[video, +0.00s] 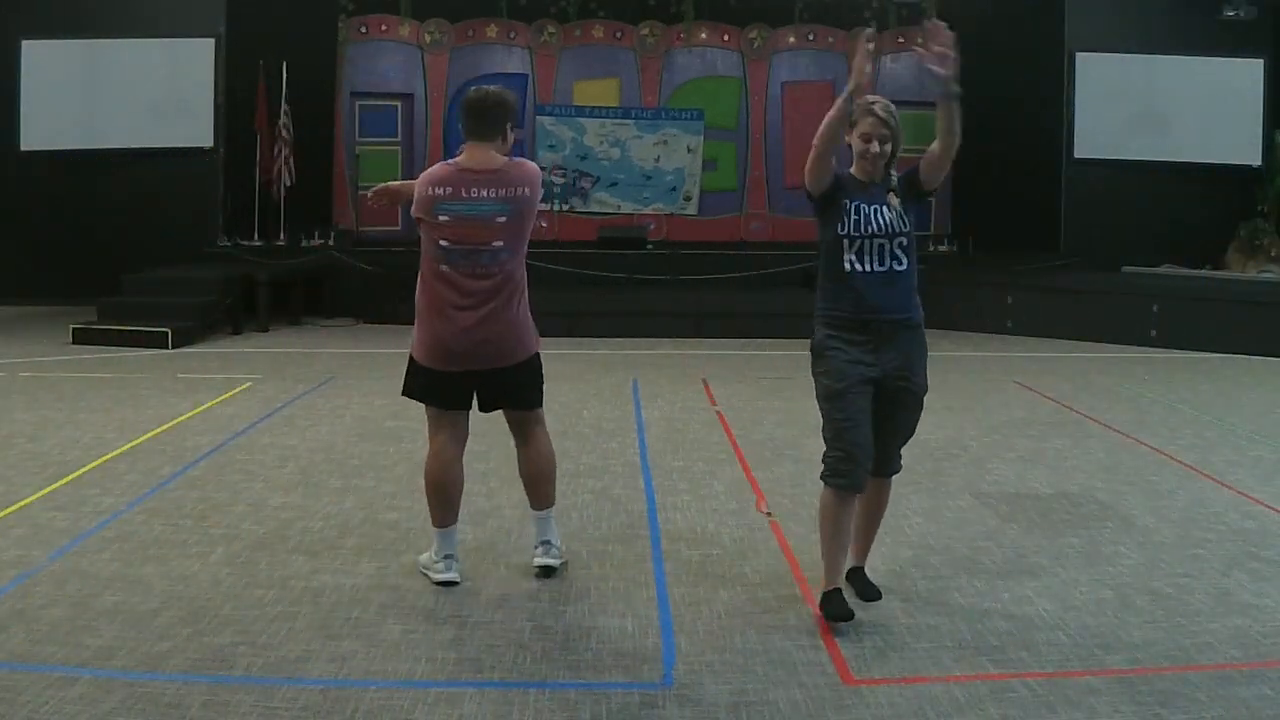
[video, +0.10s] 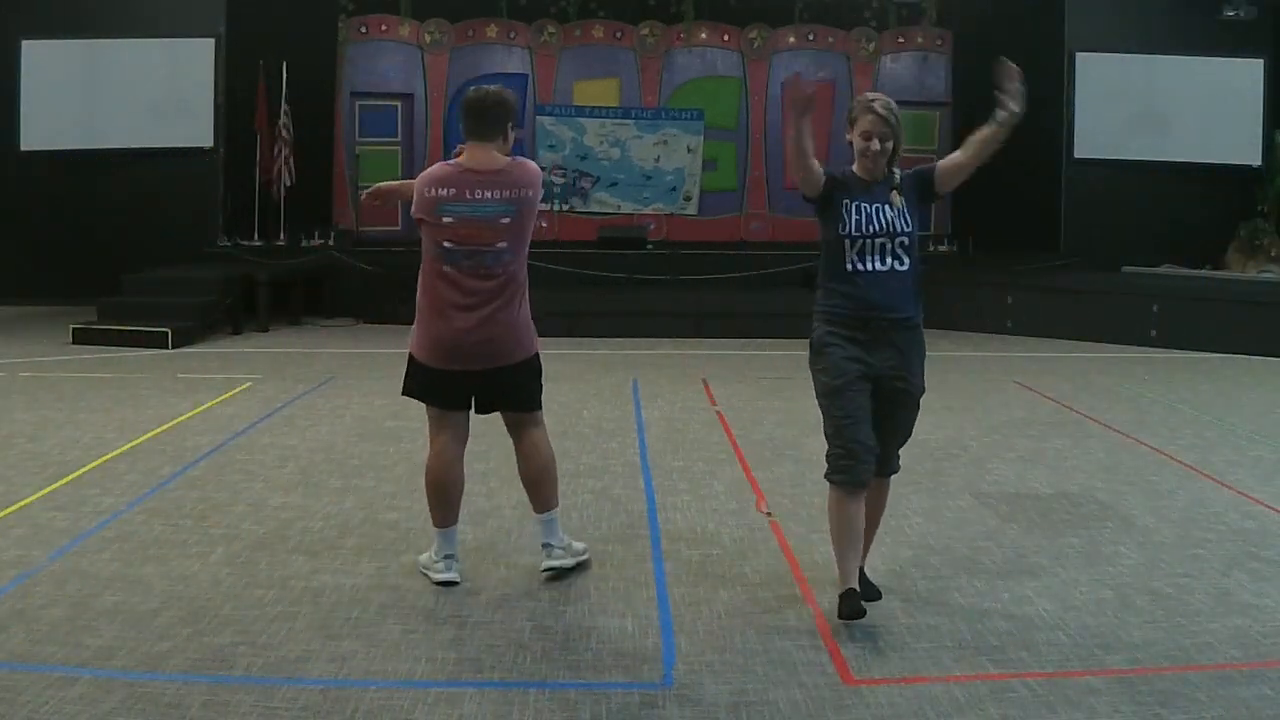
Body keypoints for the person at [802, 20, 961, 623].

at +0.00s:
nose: (873, 144)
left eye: (882, 137)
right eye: (865, 136)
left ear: (896, 144)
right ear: (850, 140)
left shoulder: (910, 186)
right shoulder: (830, 187)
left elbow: (945, 149)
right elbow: (821, 151)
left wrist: (946, 85)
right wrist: (852, 89)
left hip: (902, 343)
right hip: (842, 344)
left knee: (883, 464)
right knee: (848, 463)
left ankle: (857, 566)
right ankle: (832, 585)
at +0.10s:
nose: (872, 144)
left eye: (881, 137)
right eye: (864, 135)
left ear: (895, 142)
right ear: (848, 138)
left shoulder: (914, 186)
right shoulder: (832, 188)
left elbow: (965, 158)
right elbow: (806, 175)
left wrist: (1005, 119)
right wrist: (797, 128)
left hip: (900, 341)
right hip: (840, 339)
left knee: (881, 462)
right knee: (851, 459)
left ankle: (858, 567)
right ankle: (848, 585)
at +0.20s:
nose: (870, 144)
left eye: (880, 136)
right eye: (863, 135)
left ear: (896, 141)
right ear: (849, 138)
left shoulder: (919, 190)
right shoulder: (834, 188)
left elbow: (985, 176)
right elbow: (786, 179)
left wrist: (1048, 161)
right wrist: (748, 158)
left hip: (901, 345)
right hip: (841, 344)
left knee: (882, 466)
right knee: (853, 464)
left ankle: (857, 569)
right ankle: (854, 588)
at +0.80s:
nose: (868, 133)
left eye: (874, 123)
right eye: (855, 128)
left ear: (888, 131)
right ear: (841, 140)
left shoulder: (910, 176)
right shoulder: (834, 189)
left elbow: (950, 126)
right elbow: (835, 123)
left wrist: (965, 60)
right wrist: (863, 56)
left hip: (919, 345)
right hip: (855, 349)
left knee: (953, 477)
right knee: (857, 481)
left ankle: (903, 558)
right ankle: (855, 600)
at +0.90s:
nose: (866, 114)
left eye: (871, 110)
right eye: (854, 112)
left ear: (881, 119)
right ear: (836, 131)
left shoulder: (908, 173)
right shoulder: (835, 181)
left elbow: (940, 141)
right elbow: (870, 133)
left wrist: (941, 80)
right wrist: (923, 61)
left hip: (925, 345)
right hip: (860, 349)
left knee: (968, 472)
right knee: (861, 482)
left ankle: (950, 576)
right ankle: (856, 600)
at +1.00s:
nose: (868, 128)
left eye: (876, 119)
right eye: (854, 124)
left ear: (893, 127)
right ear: (837, 139)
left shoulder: (916, 178)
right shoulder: (841, 183)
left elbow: (952, 163)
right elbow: (888, 144)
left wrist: (946, 108)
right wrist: (946, 84)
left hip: (933, 347)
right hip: (868, 351)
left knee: (975, 471)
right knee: (864, 483)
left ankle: (994, 589)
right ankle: (857, 601)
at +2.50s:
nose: (949, 132)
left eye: (961, 123)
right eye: (940, 124)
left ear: (983, 133)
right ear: (930, 134)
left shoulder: (1005, 198)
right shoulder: (909, 194)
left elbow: (1078, 248)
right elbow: (906, 269)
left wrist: (1027, 204)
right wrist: (991, 249)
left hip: (995, 368)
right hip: (921, 366)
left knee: (1004, 491)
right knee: (885, 490)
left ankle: (1013, 604)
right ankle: (839, 605)